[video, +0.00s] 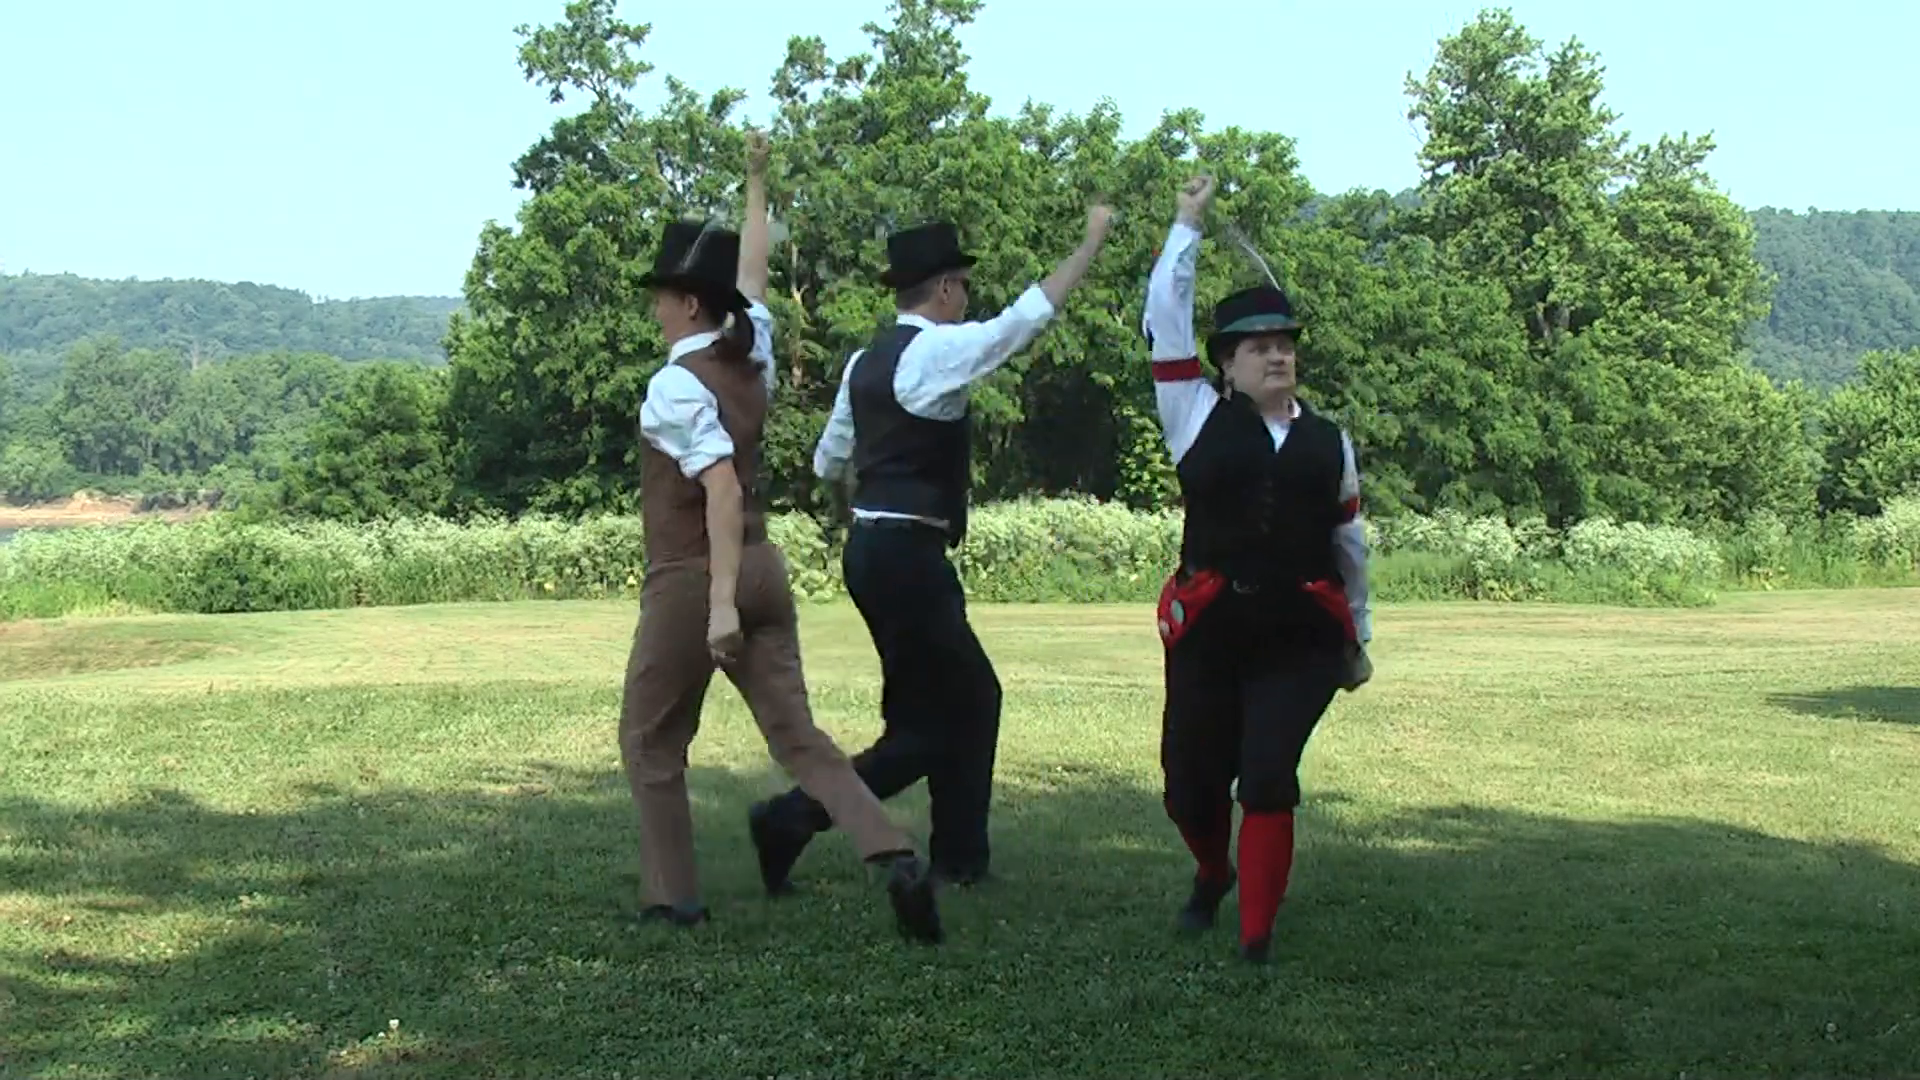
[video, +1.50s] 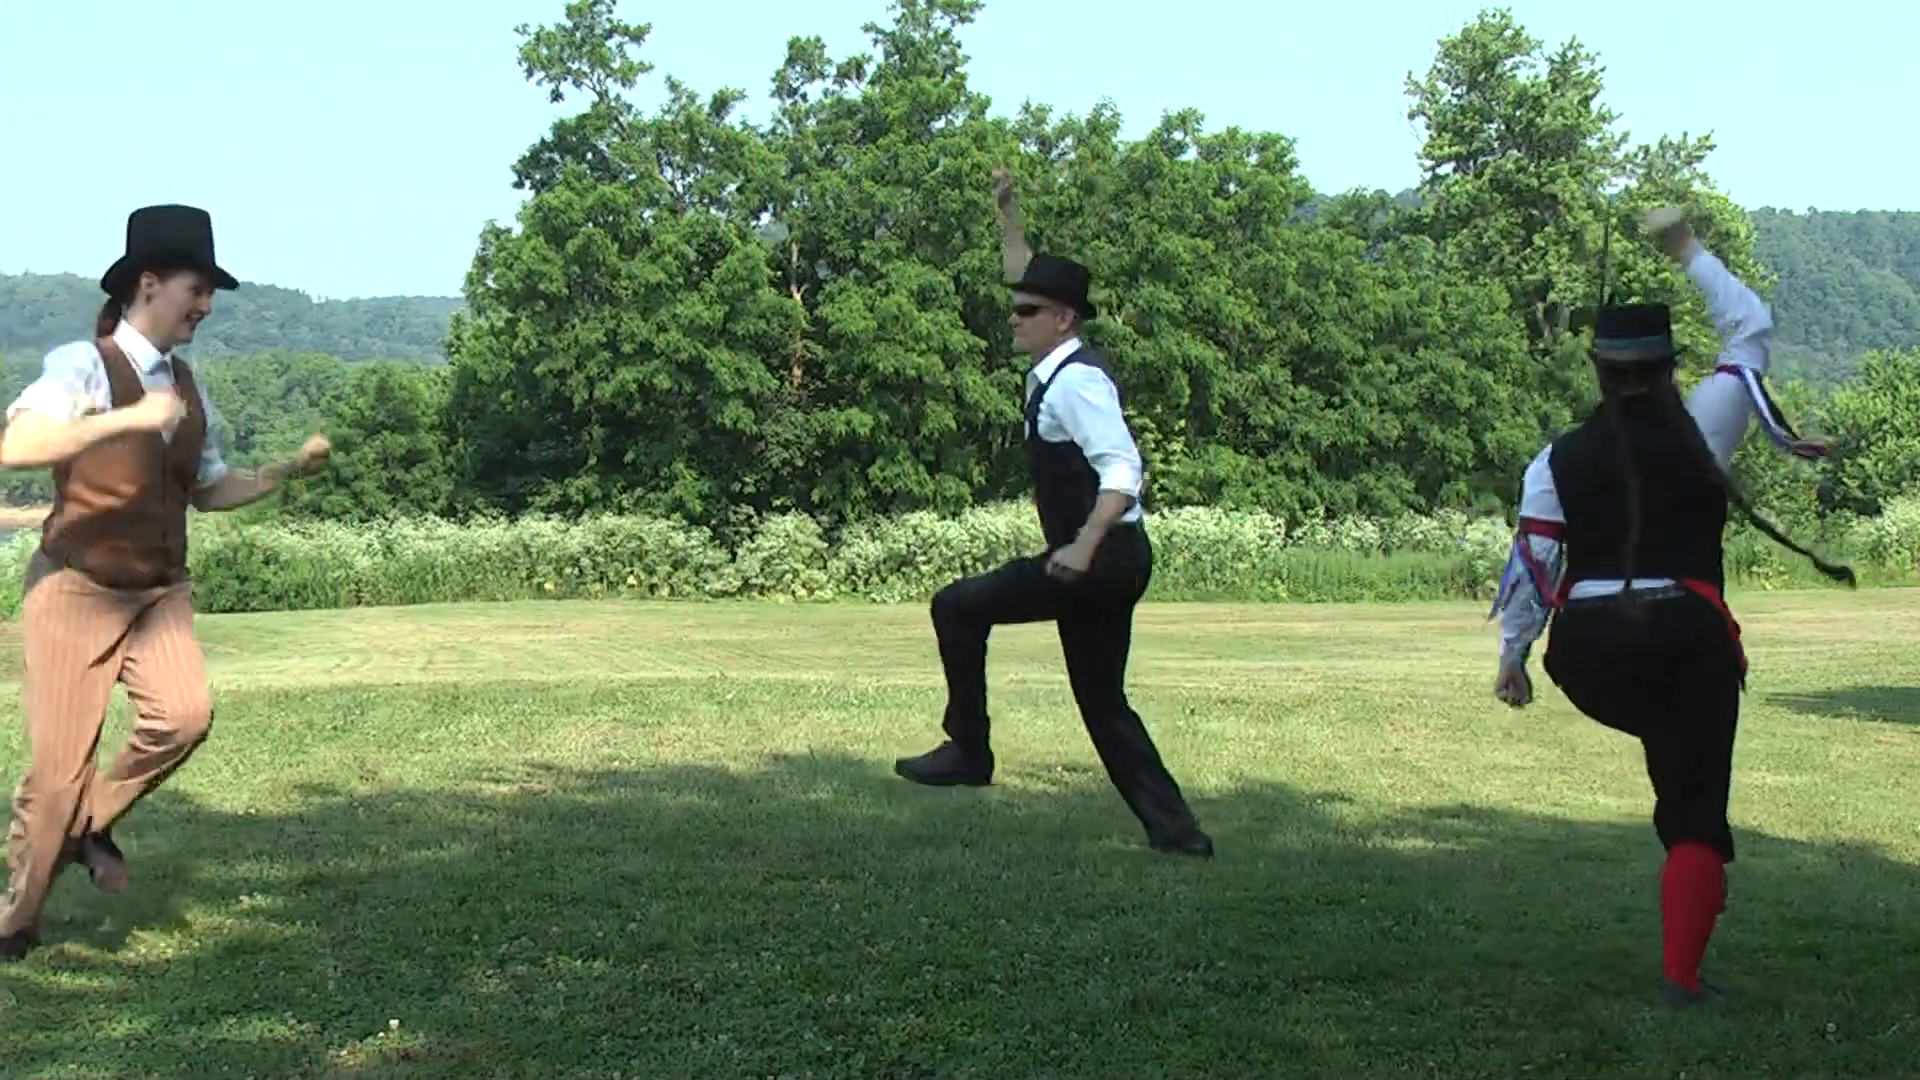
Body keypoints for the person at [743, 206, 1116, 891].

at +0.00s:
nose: (967, 296)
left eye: (963, 285)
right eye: (962, 284)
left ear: (907, 293)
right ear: (944, 289)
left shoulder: (864, 361)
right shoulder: (935, 349)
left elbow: (830, 459)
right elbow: (1024, 319)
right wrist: (1089, 247)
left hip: (873, 552)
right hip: (908, 553)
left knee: (934, 721)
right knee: (973, 698)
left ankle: (792, 820)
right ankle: (959, 861)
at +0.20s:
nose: (1018, 248)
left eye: (1008, 239)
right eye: (1012, 236)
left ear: (951, 255)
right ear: (1005, 246)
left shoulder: (913, 338)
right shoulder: (1006, 297)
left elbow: (891, 441)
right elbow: (1068, 219)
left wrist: (882, 531)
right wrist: (1106, 123)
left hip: (943, 520)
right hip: (999, 510)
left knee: (994, 684)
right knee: (1114, 607)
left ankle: (967, 854)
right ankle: (1035, 730)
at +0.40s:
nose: (1070, 260)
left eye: (1059, 253)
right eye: (1070, 252)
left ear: (1003, 257)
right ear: (1061, 252)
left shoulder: (967, 330)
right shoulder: (1075, 295)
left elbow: (931, 432)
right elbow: (1127, 209)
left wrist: (923, 520)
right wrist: (1139, 107)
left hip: (1003, 513)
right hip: (1080, 497)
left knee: (1055, 679)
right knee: (1135, 608)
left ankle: (1101, 855)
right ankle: (1128, 713)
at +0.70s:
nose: (1075, 284)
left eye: (1074, 276)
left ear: (1073, 284)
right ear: (1134, 283)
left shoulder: (1040, 362)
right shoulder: (1158, 334)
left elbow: (1017, 458)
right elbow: (1203, 248)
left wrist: (1003, 548)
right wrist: (1209, 153)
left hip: (1080, 540)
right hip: (1156, 531)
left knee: (1105, 698)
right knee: (1174, 652)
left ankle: (1117, 858)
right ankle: (1215, 788)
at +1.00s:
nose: (1094, 292)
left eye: (1099, 282)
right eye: (1098, 280)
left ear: (1118, 289)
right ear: (1155, 290)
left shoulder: (1101, 358)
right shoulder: (1184, 338)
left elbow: (1118, 457)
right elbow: (1193, 260)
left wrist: (1106, 539)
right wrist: (1187, 169)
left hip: (1133, 529)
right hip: (1186, 528)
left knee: (1053, 650)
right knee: (1172, 689)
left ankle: (1144, 731)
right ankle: (1214, 837)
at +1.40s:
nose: (1040, 315)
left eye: (1052, 306)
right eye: (1041, 304)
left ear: (1090, 313)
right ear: (1083, 310)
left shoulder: (1097, 380)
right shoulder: (1089, 362)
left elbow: (1150, 469)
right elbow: (1076, 273)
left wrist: (1155, 563)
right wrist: (1070, 191)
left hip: (1102, 557)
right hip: (1112, 557)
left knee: (974, 603)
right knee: (1111, 695)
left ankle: (1023, 738)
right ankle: (1179, 825)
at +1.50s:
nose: (1016, 321)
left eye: (1028, 312)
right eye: (1016, 310)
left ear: (1064, 318)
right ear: (1052, 316)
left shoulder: (1077, 383)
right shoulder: (1056, 366)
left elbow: (1122, 469)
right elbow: (1026, 280)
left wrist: (1086, 541)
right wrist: (1007, 212)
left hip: (1098, 555)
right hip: (1102, 556)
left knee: (957, 608)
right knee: (1102, 703)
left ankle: (967, 750)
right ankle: (1178, 835)